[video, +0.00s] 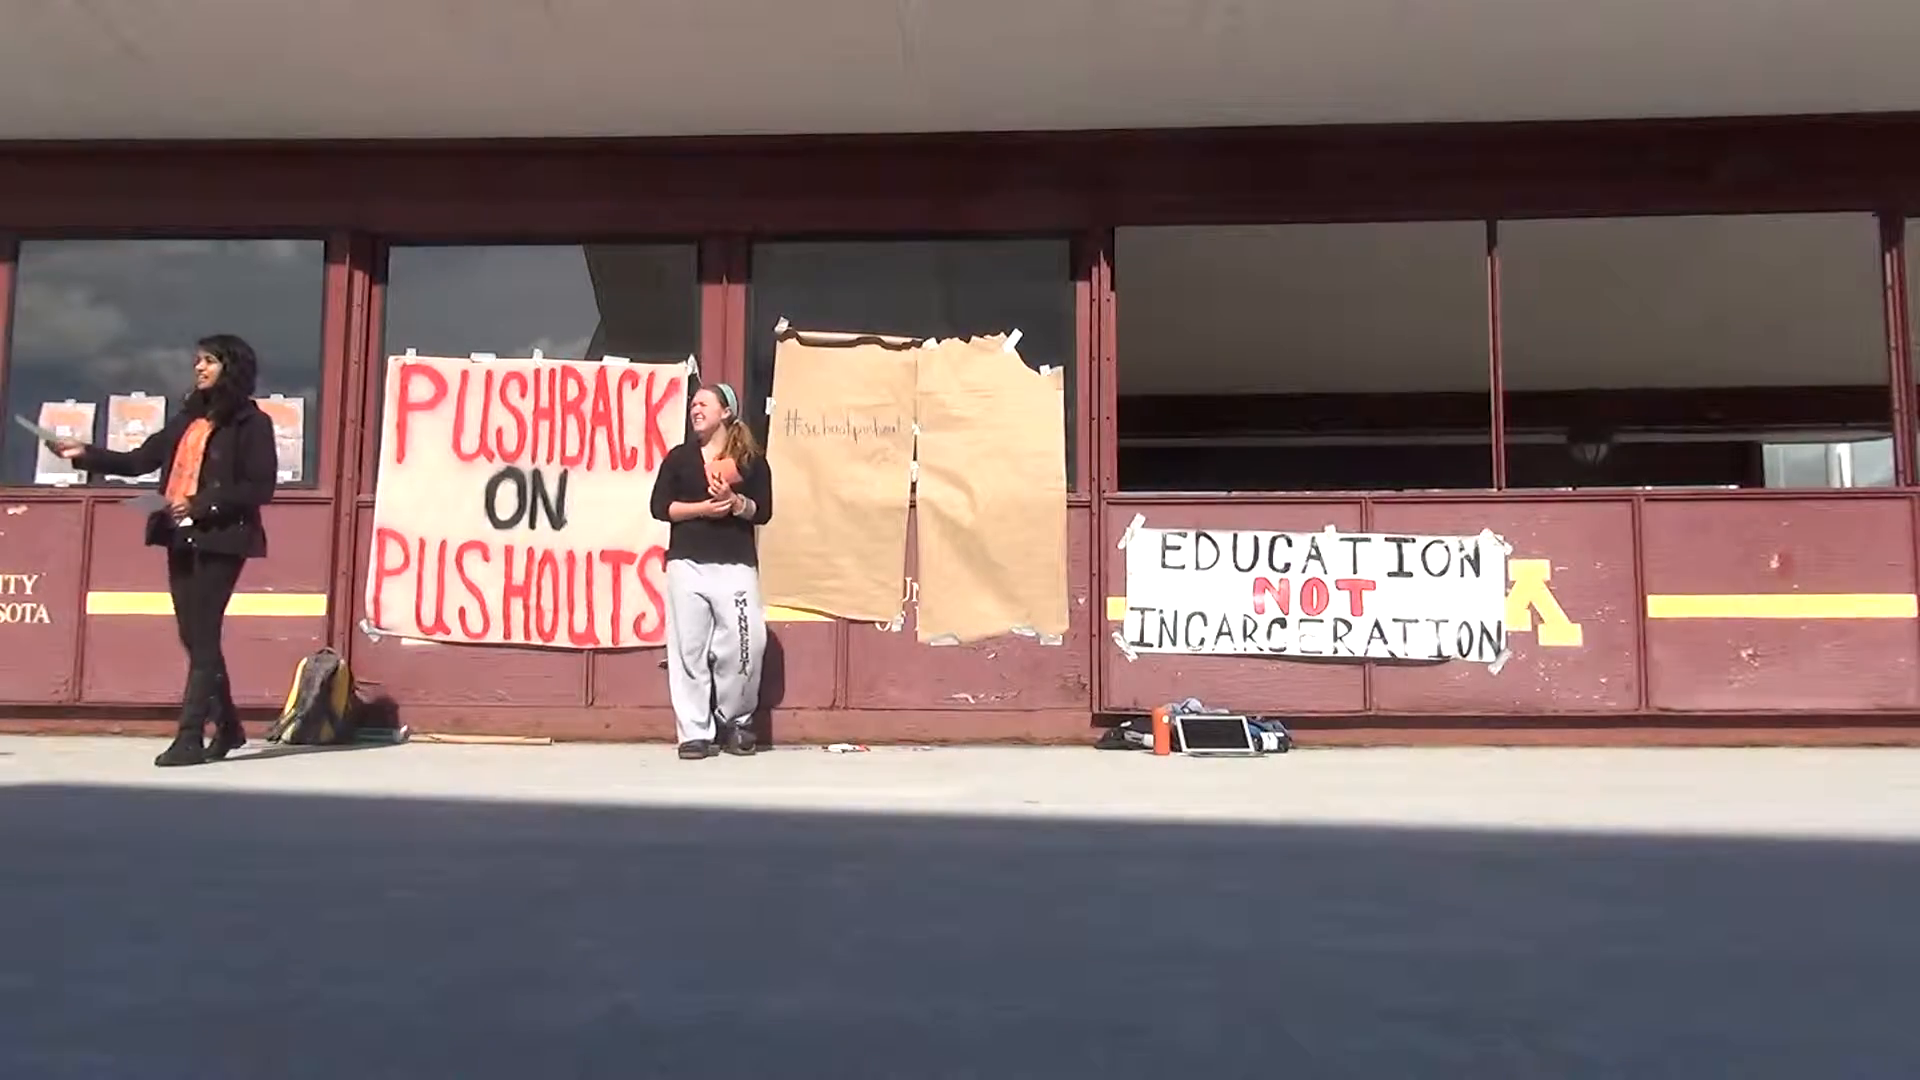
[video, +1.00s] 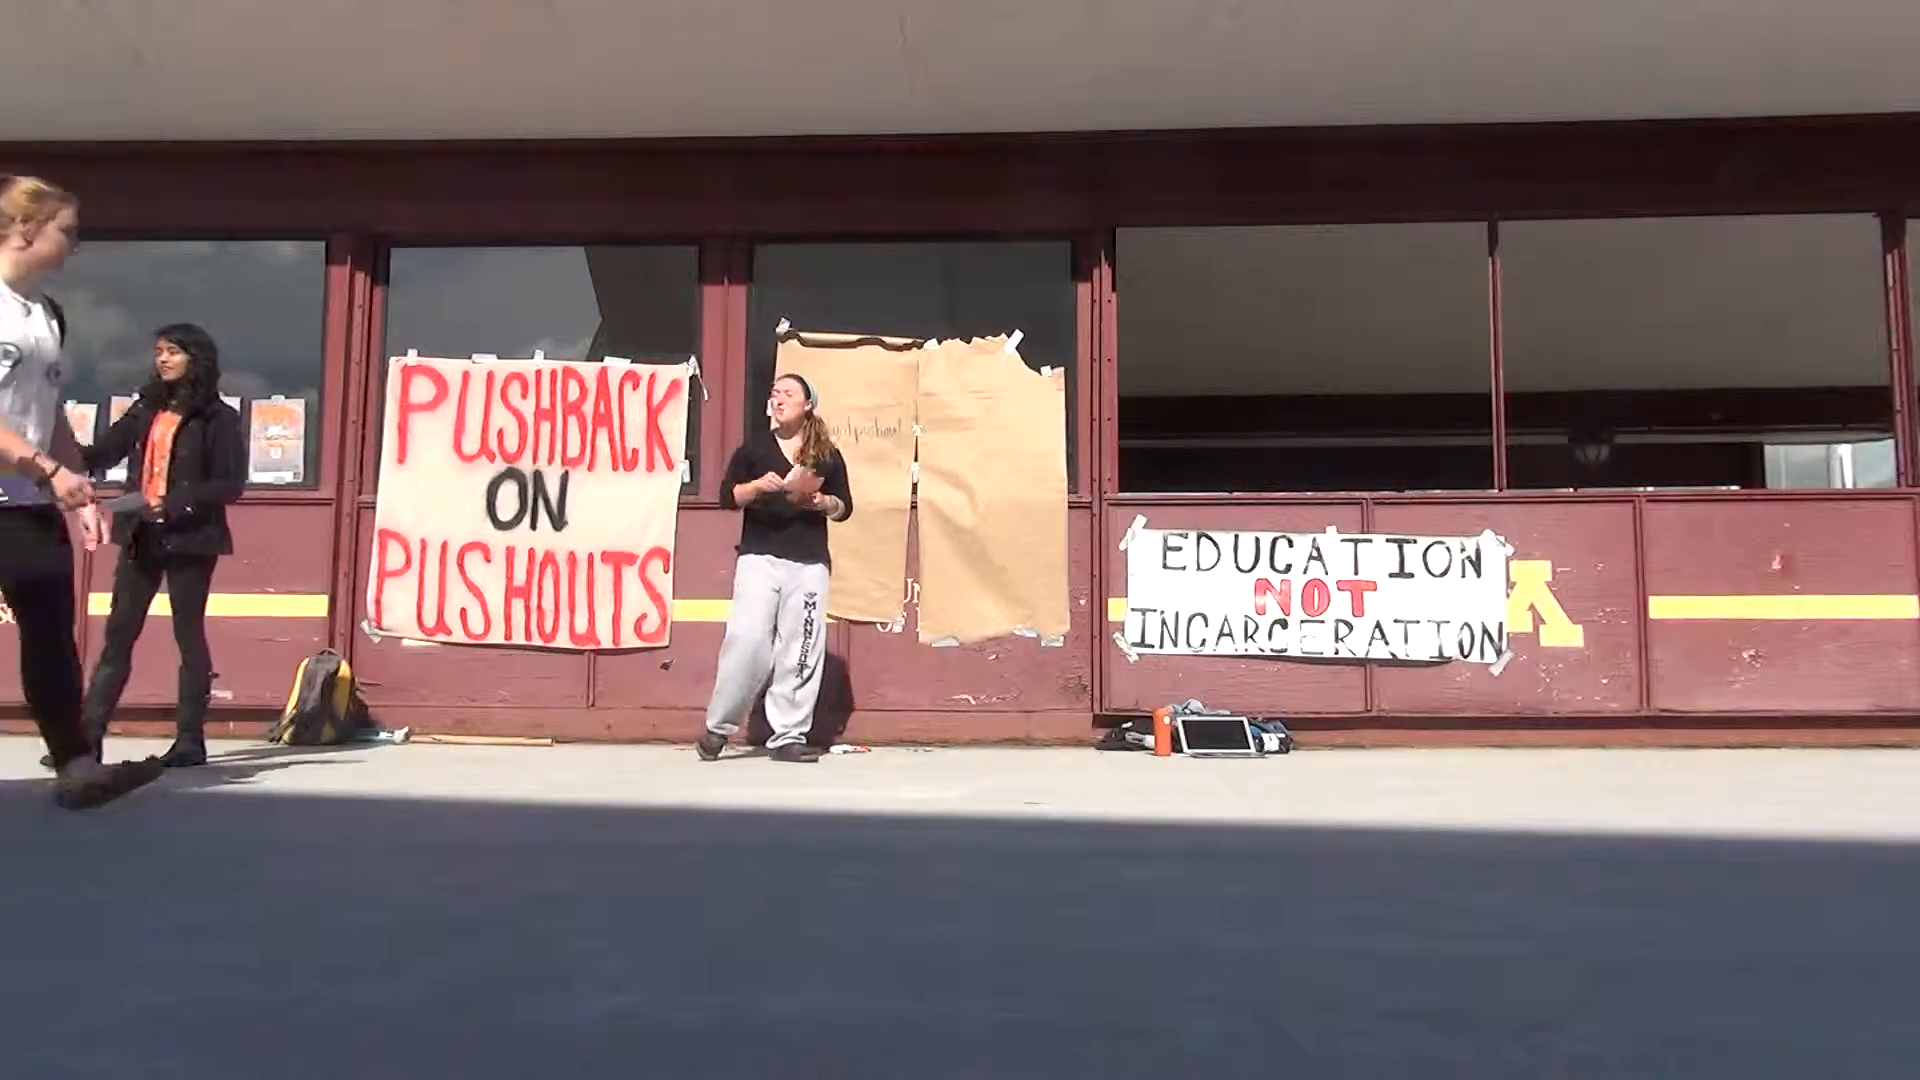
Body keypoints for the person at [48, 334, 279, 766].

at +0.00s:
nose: (198, 367)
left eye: (207, 361)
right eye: (197, 361)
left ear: (232, 368)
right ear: (199, 370)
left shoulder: (253, 423)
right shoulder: (190, 419)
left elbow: (261, 489)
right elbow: (141, 460)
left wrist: (204, 503)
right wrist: (83, 455)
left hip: (224, 541)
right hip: (183, 538)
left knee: (203, 632)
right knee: (193, 633)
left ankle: (190, 737)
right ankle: (228, 725)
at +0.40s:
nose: (189, 365)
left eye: (199, 358)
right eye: (187, 358)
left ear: (223, 364)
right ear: (185, 364)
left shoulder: (245, 420)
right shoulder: (178, 410)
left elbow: (253, 488)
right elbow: (134, 452)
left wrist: (195, 505)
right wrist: (76, 443)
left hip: (214, 543)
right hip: (169, 537)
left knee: (201, 636)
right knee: (145, 630)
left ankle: (190, 739)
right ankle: (174, 727)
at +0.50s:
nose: (186, 364)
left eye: (196, 357)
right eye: (184, 358)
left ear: (220, 363)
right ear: (183, 365)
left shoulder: (243, 418)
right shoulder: (176, 411)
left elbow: (252, 487)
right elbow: (132, 452)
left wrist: (191, 505)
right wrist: (78, 442)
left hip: (214, 541)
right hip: (167, 536)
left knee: (200, 632)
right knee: (137, 627)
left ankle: (191, 739)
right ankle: (139, 736)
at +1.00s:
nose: (162, 359)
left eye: (172, 352)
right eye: (159, 352)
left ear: (197, 358)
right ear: (156, 359)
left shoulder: (220, 418)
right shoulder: (148, 408)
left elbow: (231, 484)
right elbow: (104, 453)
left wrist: (174, 503)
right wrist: (60, 459)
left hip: (192, 542)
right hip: (143, 538)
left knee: (189, 634)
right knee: (119, 632)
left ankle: (190, 740)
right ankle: (87, 740)